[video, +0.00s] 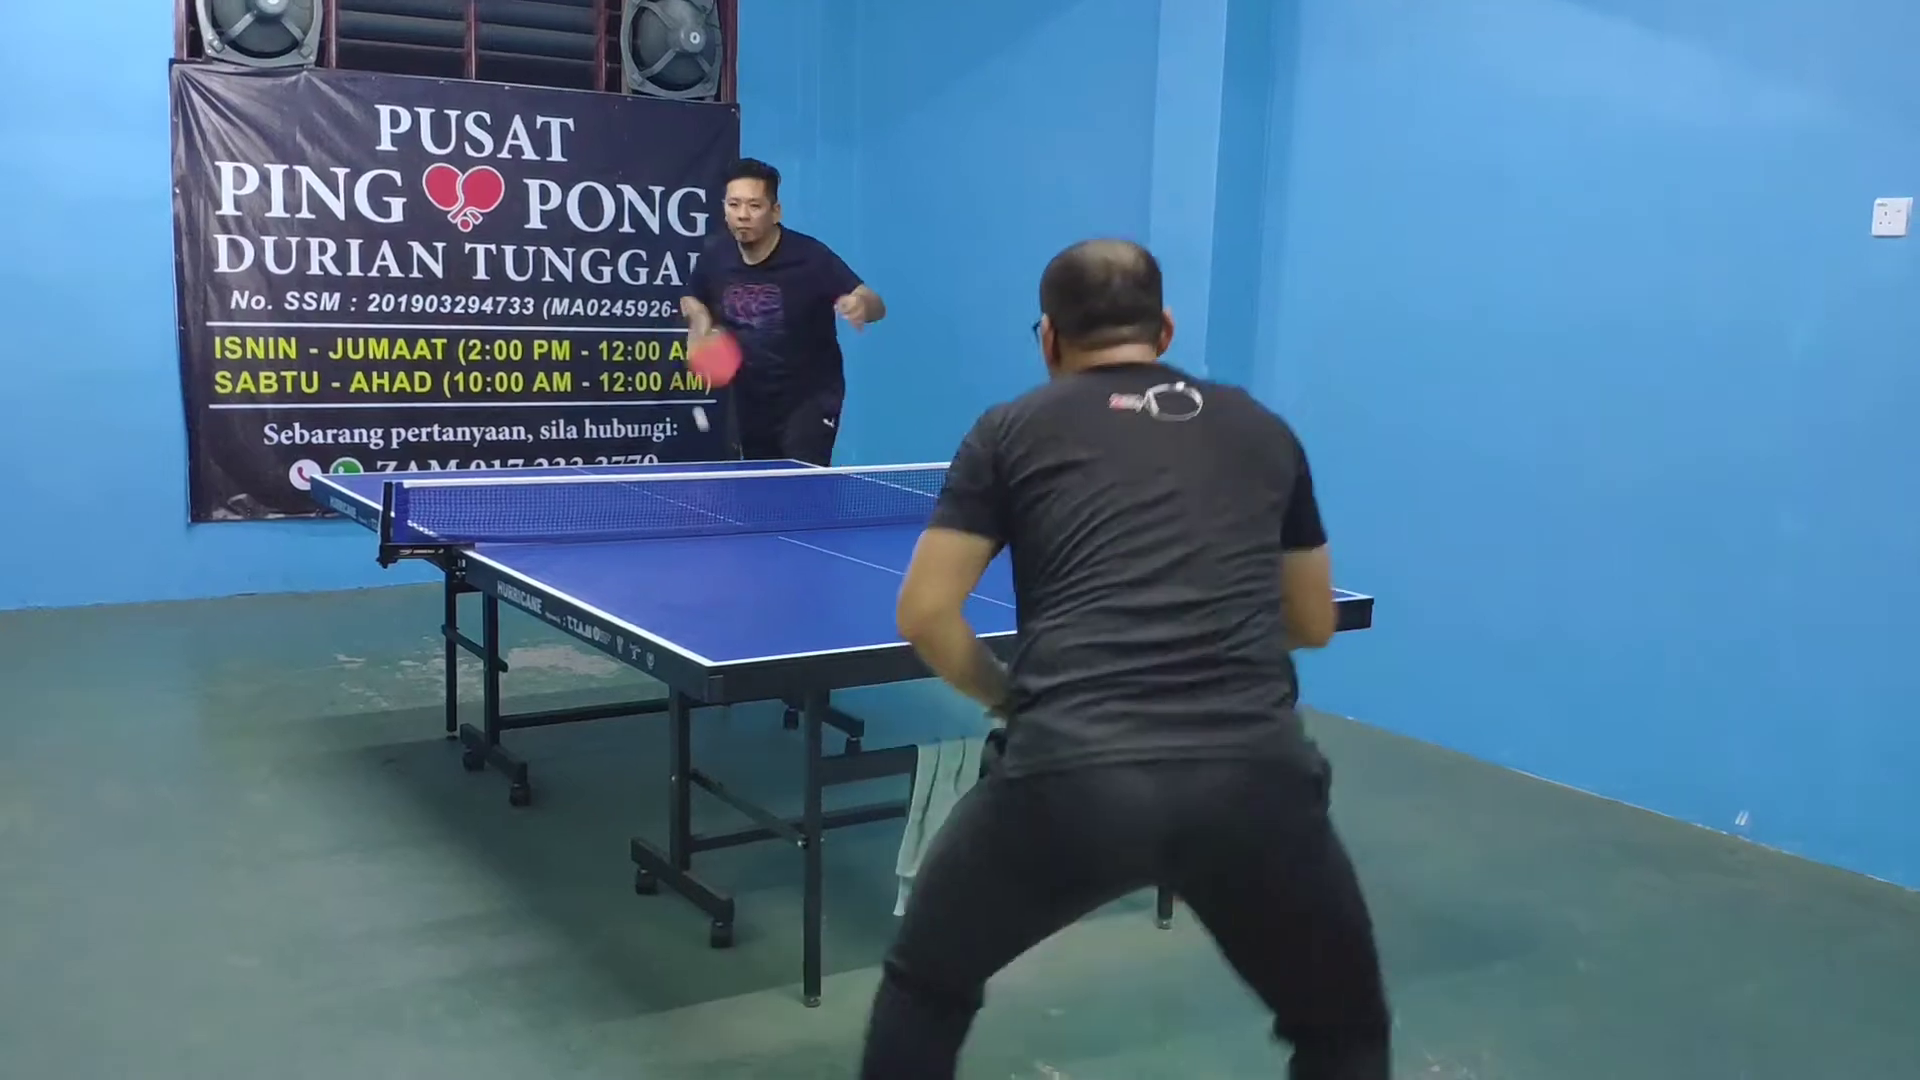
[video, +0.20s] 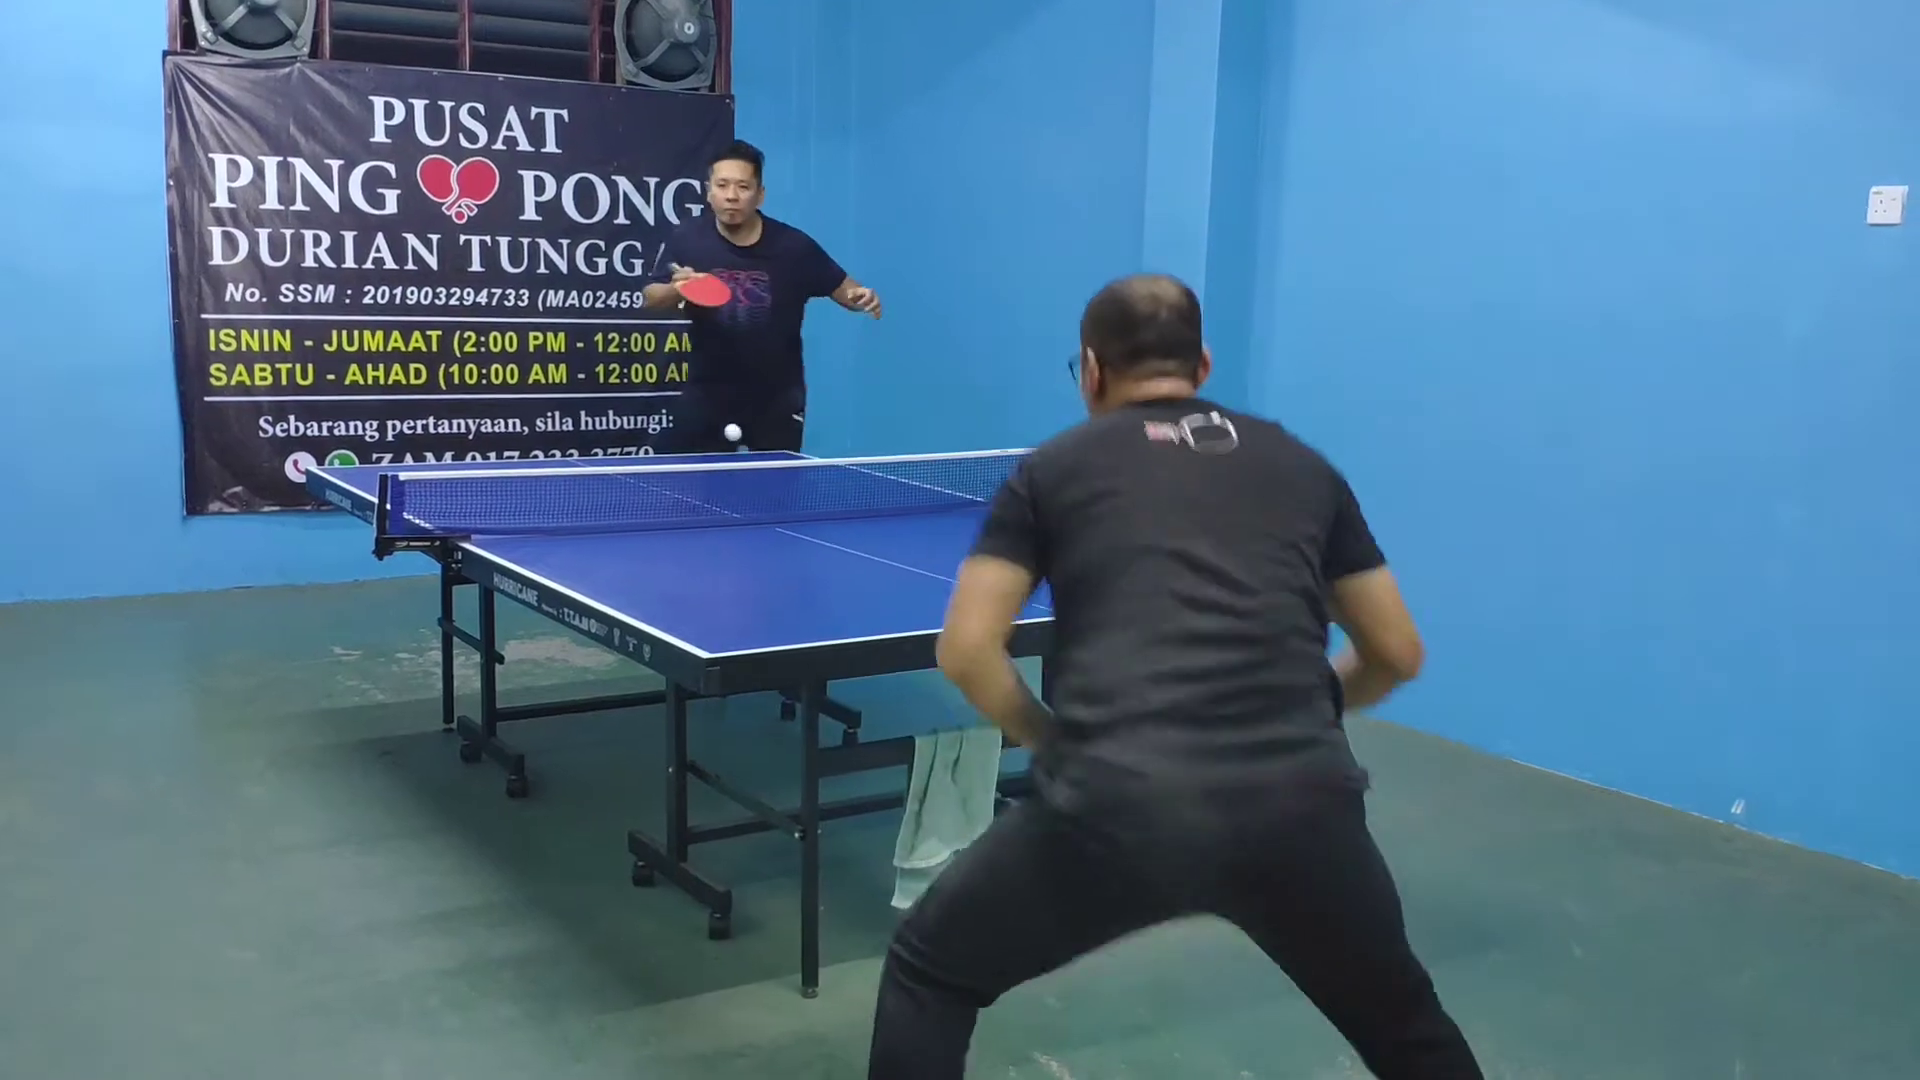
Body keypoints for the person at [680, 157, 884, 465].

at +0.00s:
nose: (742, 215)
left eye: (754, 206)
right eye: (734, 204)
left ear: (776, 212)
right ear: (724, 209)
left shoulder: (809, 255)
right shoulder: (716, 256)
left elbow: (876, 306)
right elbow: (691, 297)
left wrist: (862, 305)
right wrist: (701, 322)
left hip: (810, 394)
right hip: (749, 395)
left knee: (801, 490)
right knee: (755, 492)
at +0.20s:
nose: (731, 195)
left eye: (743, 187)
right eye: (722, 185)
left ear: (759, 195)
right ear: (708, 192)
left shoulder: (793, 246)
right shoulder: (688, 240)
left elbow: (840, 286)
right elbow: (651, 299)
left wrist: (861, 298)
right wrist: (678, 290)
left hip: (775, 399)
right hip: (707, 396)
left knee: (776, 498)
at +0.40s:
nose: (685, 187)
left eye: (695, 178)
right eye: (675, 178)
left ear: (713, 186)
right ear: (659, 185)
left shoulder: (742, 241)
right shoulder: (638, 238)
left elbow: (785, 291)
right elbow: (601, 296)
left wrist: (800, 314)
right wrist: (622, 303)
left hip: (724, 403)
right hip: (653, 400)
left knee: (738, 508)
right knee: (606, 498)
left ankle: (747, 606)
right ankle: (556, 606)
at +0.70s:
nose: (626, 176)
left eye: (635, 167)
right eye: (616, 167)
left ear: (652, 172)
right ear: (602, 173)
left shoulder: (687, 227)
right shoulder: (577, 229)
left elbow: (737, 283)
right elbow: (560, 288)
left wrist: (716, 311)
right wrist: (568, 327)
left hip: (674, 387)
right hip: (602, 384)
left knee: (683, 486)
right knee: (572, 484)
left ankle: (690, 594)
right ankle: (543, 591)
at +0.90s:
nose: (652, 197)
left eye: (662, 186)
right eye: (642, 188)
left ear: (679, 186)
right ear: (628, 189)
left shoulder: (703, 232)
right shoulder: (614, 223)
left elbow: (753, 293)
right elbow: (587, 269)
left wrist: (697, 305)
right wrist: (559, 325)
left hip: (695, 391)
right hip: (627, 386)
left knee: (712, 498)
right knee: (583, 482)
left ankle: (724, 597)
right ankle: (543, 591)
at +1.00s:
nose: (679, 200)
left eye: (689, 189)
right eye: (669, 190)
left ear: (711, 189)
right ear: (657, 191)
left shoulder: (732, 240)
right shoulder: (645, 220)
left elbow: (786, 291)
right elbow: (613, 234)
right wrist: (579, 288)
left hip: (730, 399)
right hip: (659, 395)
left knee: (746, 503)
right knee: (608, 492)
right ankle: (552, 590)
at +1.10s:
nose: (704, 190)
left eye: (714, 180)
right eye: (696, 180)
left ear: (732, 180)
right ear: (683, 179)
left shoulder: (763, 231)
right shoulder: (663, 210)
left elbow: (809, 282)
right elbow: (617, 232)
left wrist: (834, 322)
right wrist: (607, 287)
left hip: (756, 384)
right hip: (685, 383)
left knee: (772, 482)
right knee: (669, 482)